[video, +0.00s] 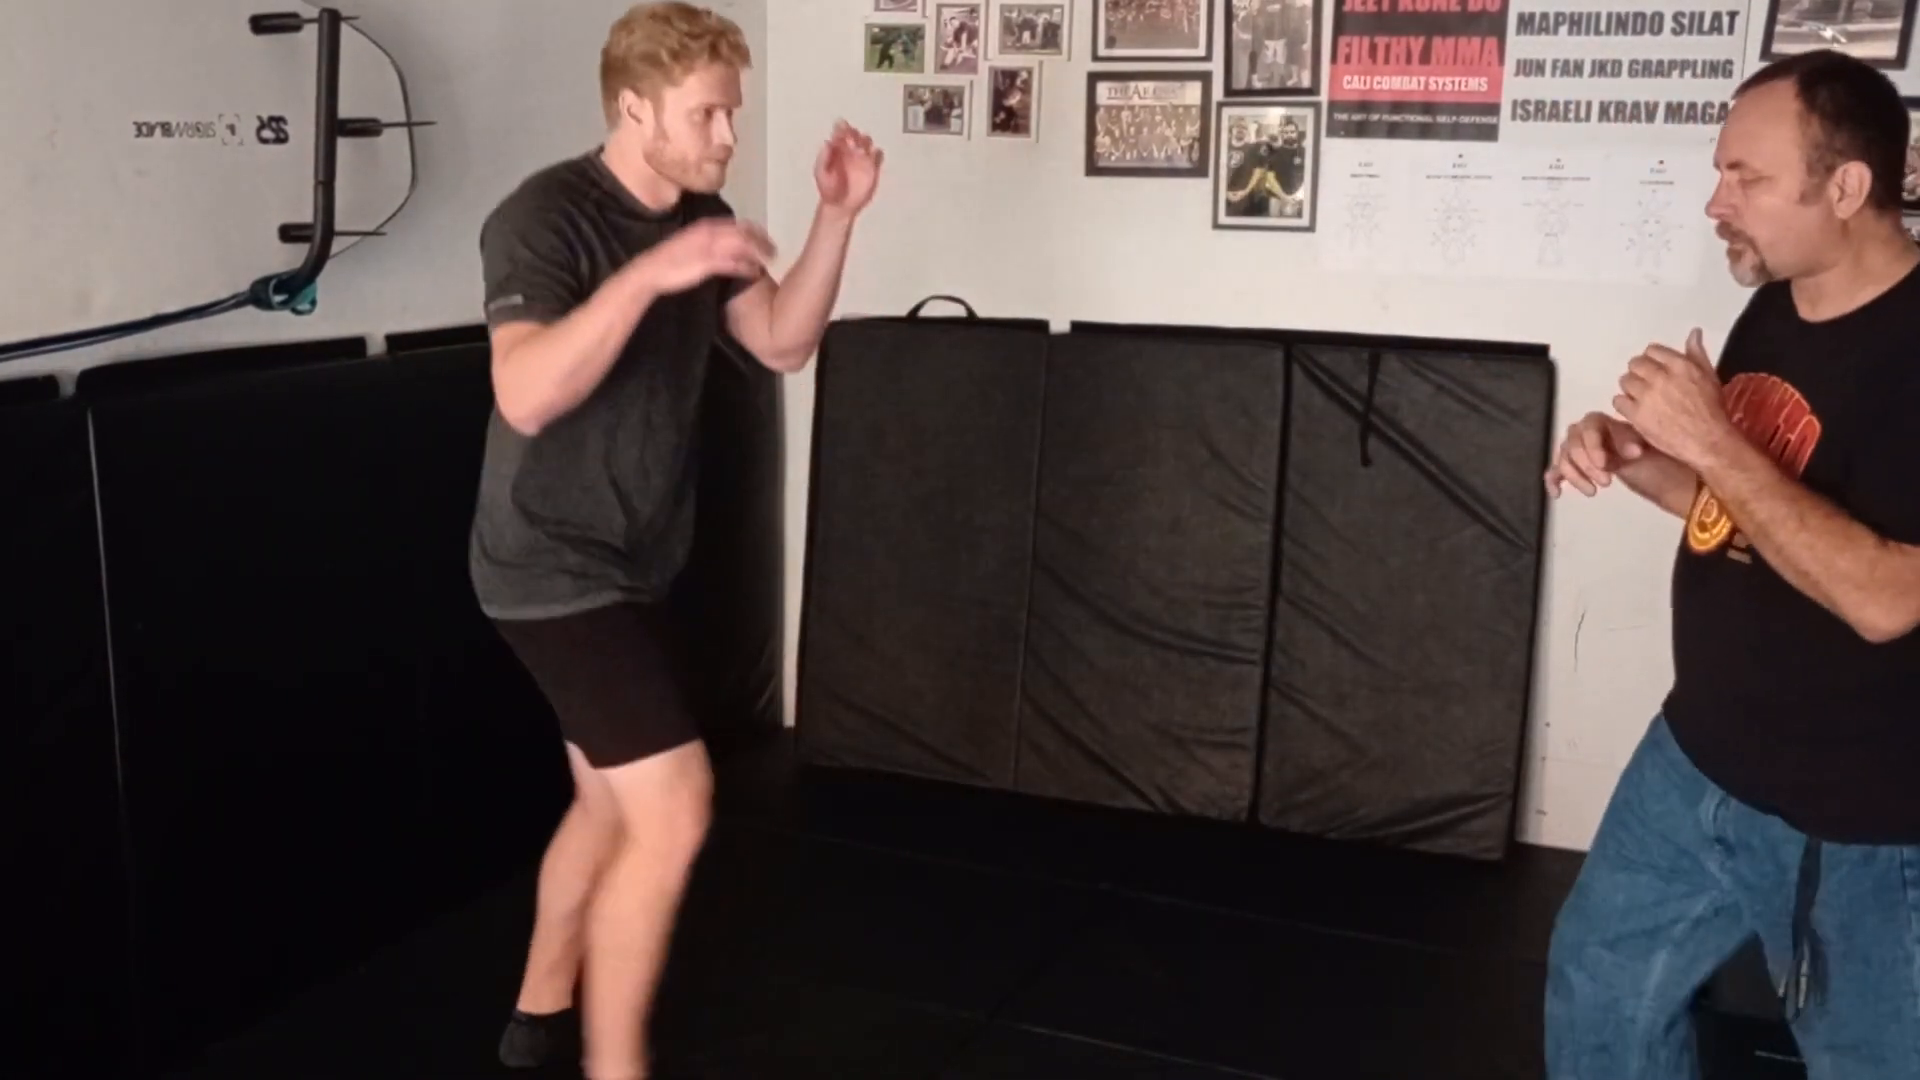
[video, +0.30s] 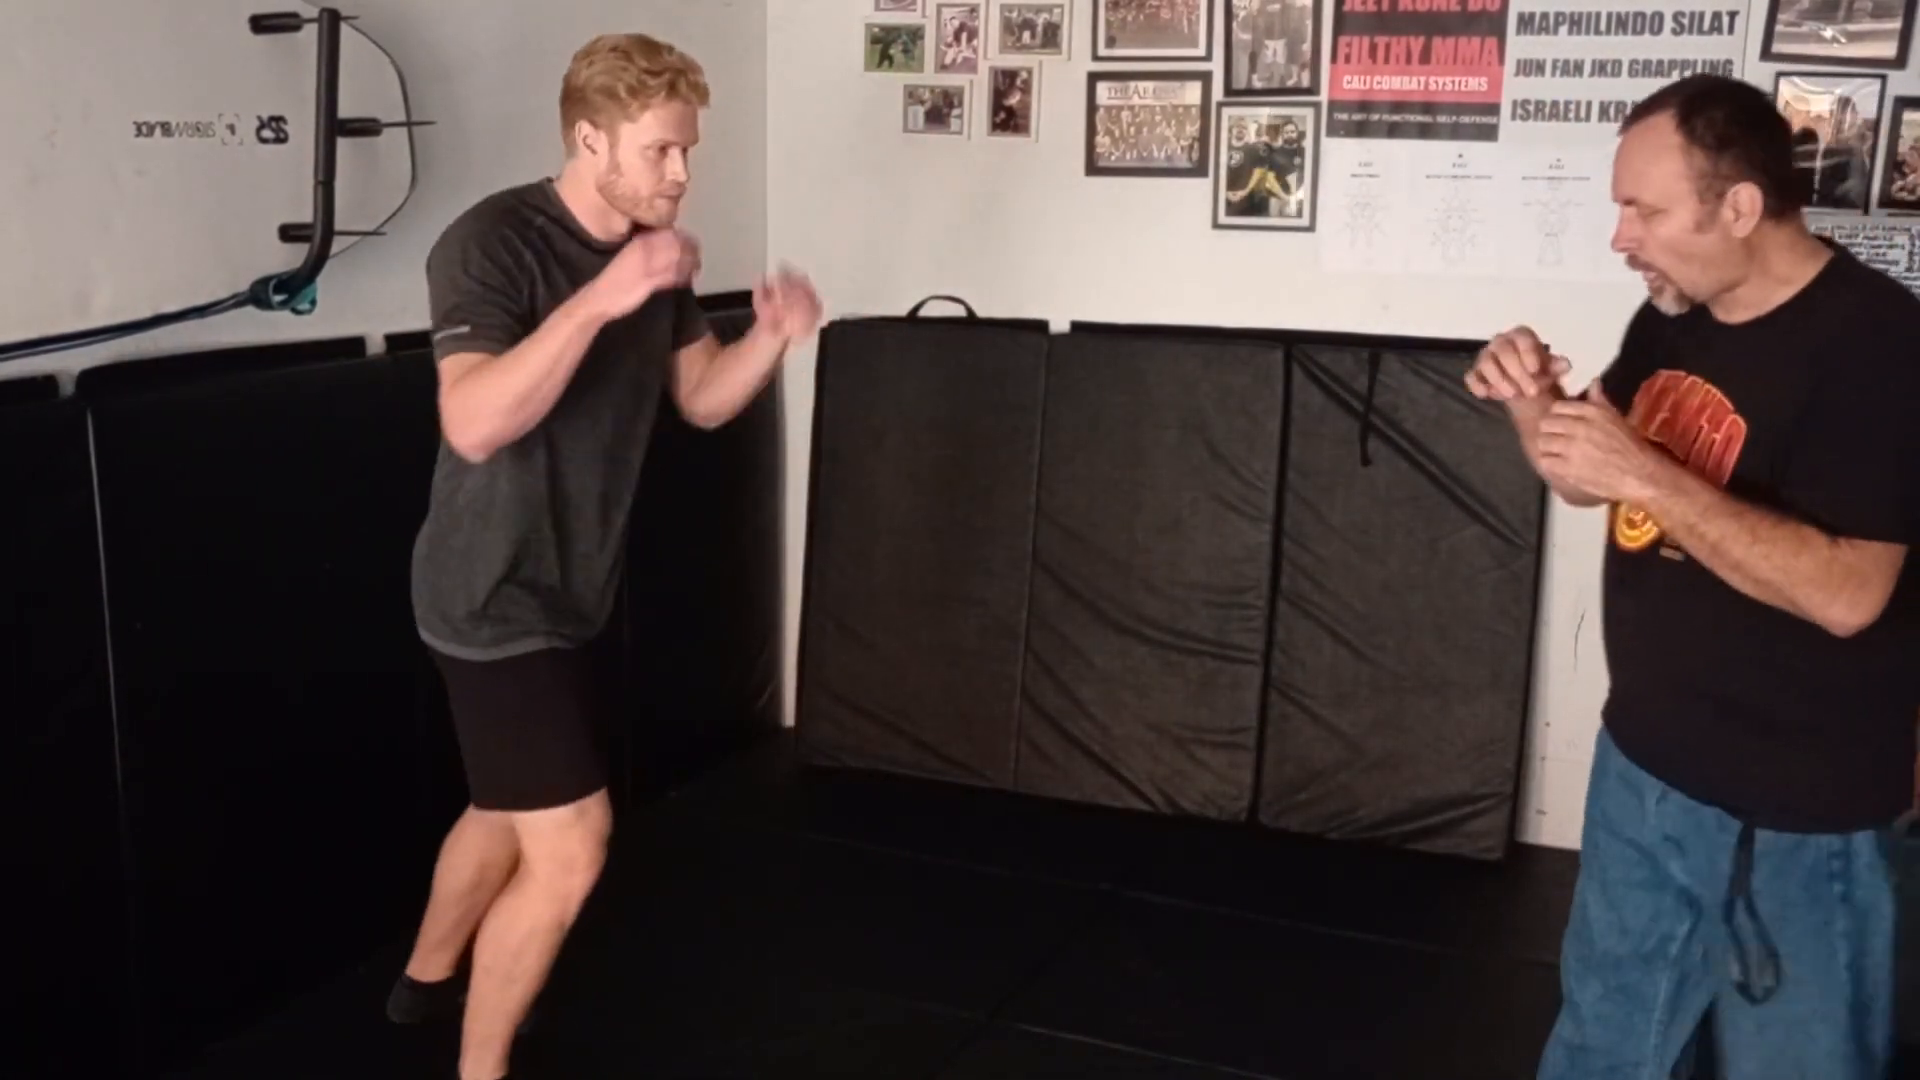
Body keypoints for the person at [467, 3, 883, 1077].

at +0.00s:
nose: (730, 136)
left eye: (733, 113)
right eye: (710, 115)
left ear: (690, 115)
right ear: (635, 112)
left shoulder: (694, 225)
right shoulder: (542, 217)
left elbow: (782, 341)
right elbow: (527, 394)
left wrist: (836, 216)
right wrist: (652, 273)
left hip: (639, 565)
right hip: (549, 572)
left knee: (607, 804)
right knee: (672, 806)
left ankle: (538, 1023)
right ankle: (613, 1068)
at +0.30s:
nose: (684, 176)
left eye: (689, 152)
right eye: (664, 152)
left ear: (685, 145)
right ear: (590, 141)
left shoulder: (653, 256)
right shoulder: (489, 244)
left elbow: (702, 398)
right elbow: (472, 422)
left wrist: (768, 338)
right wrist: (600, 295)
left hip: (579, 593)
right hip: (489, 597)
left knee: (504, 816)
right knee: (569, 845)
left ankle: (419, 988)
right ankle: (480, 1072)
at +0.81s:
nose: (695, 163)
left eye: (702, 140)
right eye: (677, 139)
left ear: (627, 133)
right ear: (601, 127)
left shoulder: (664, 245)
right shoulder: (502, 237)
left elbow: (748, 364)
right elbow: (451, 416)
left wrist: (791, 232)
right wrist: (568, 276)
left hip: (627, 591)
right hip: (543, 599)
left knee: (613, 842)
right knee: (703, 832)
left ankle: (499, 1048)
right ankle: (575, 1057)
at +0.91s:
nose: (706, 174)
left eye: (714, 152)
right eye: (688, 151)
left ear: (711, 148)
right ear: (613, 140)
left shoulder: (681, 258)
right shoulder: (516, 256)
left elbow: (766, 393)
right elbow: (490, 429)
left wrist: (783, 244)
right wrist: (593, 275)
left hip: (661, 603)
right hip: (580, 619)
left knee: (644, 842)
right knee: (764, 829)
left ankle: (504, 1047)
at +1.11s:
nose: (769, 197)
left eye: (779, 175)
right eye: (752, 175)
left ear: (778, 173)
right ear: (679, 163)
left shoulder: (729, 271)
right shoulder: (597, 271)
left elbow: (832, 397)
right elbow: (646, 430)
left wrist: (832, 252)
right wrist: (716, 261)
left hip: (718, 624)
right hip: (677, 638)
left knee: (667, 857)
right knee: (823, 892)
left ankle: (510, 1041)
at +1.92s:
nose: (686, 208)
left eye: (688, 182)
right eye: (669, 185)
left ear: (616, 183)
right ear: (593, 181)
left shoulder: (634, 289)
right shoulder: (488, 303)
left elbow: (710, 429)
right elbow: (516, 494)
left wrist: (781, 309)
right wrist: (638, 360)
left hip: (630, 649)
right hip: (562, 671)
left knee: (614, 884)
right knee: (738, 893)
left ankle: (454, 1068)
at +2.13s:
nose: (623, 142)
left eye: (627, 119)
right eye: (605, 119)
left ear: (577, 117)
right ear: (530, 110)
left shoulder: (582, 221)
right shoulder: (427, 218)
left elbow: (687, 332)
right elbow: (465, 391)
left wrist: (734, 191)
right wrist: (580, 240)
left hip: (549, 581)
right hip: (458, 592)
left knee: (525, 833)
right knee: (617, 829)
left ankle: (445, 1058)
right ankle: (542, 1071)